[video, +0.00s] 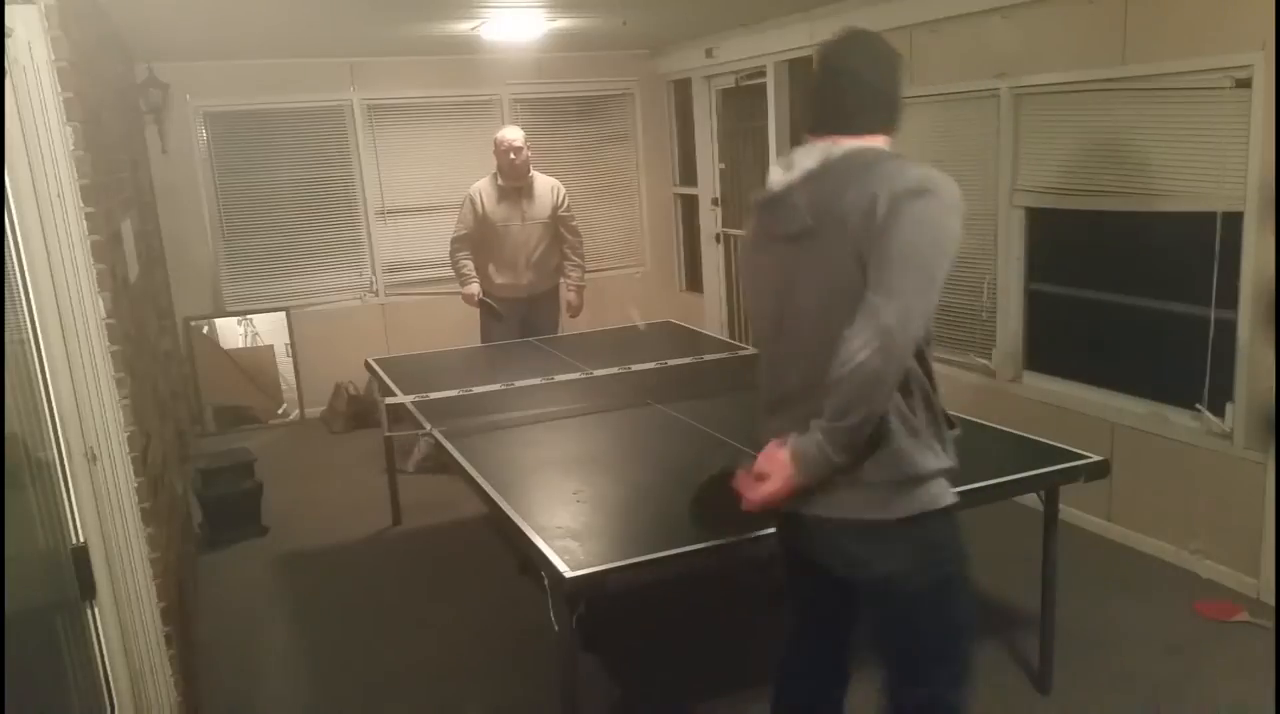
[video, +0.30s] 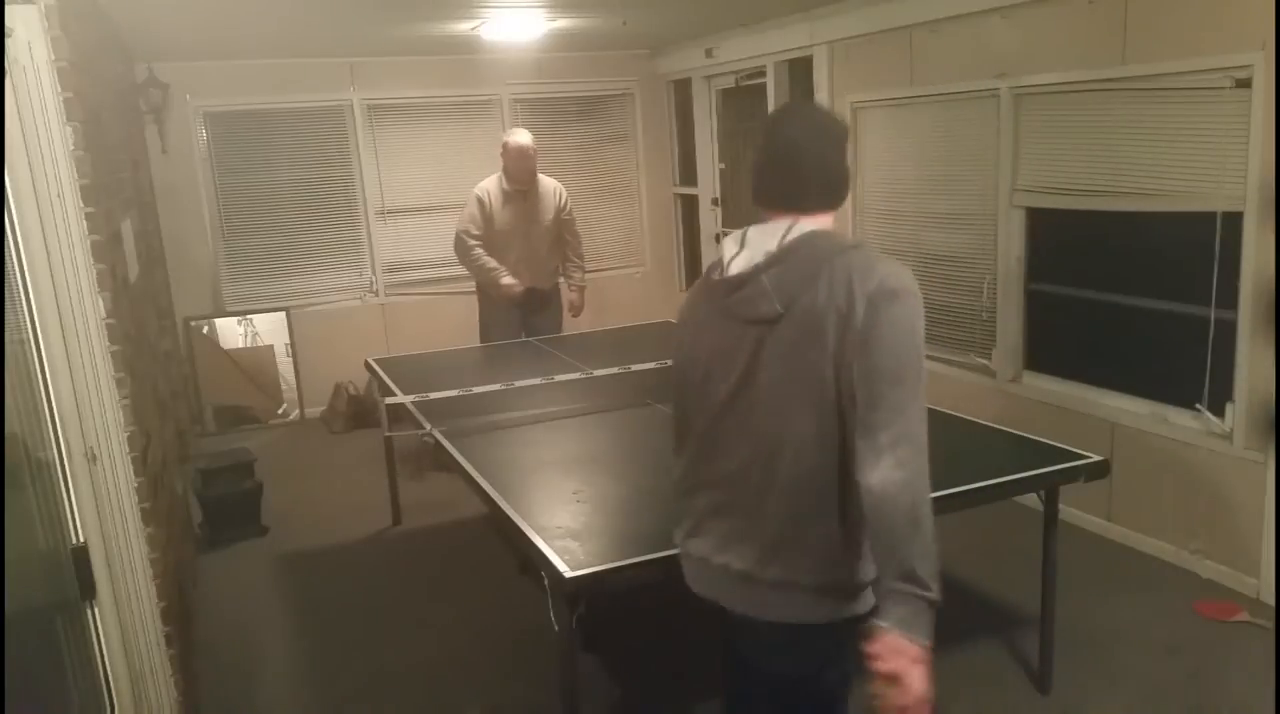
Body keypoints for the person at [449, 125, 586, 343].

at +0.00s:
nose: (512, 157)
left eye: (517, 150)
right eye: (505, 151)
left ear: (528, 151)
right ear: (495, 155)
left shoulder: (552, 189)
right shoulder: (478, 195)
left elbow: (572, 242)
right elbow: (460, 245)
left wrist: (574, 287)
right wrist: (469, 281)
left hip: (543, 299)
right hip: (498, 302)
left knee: (545, 369)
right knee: (500, 372)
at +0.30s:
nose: (527, 165)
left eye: (530, 157)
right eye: (519, 159)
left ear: (536, 155)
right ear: (503, 157)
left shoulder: (554, 192)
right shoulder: (484, 194)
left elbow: (571, 243)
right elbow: (466, 244)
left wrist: (575, 287)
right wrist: (501, 278)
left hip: (544, 296)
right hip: (499, 300)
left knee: (550, 366)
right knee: (503, 368)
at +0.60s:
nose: (542, 174)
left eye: (546, 166)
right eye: (534, 167)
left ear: (550, 162)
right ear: (517, 163)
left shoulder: (556, 196)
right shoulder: (498, 196)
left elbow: (565, 247)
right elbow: (506, 246)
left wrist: (570, 289)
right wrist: (560, 244)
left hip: (544, 292)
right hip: (503, 295)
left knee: (555, 356)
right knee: (508, 360)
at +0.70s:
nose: (540, 168)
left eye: (543, 160)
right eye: (532, 162)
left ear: (547, 159)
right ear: (515, 160)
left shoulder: (555, 195)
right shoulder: (497, 192)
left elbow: (563, 247)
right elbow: (493, 242)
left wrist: (568, 289)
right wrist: (545, 247)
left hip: (546, 293)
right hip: (506, 295)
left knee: (554, 357)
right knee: (513, 359)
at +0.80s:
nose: (535, 162)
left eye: (539, 155)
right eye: (527, 156)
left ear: (544, 156)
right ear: (512, 158)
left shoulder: (555, 194)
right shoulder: (495, 192)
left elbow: (564, 244)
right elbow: (479, 240)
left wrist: (568, 285)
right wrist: (512, 256)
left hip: (548, 292)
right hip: (508, 295)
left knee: (555, 357)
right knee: (516, 359)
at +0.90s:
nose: (530, 159)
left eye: (534, 152)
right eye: (522, 154)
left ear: (541, 155)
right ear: (510, 157)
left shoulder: (555, 194)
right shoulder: (491, 191)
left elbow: (565, 246)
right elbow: (468, 237)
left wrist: (568, 289)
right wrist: (496, 268)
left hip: (548, 295)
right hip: (508, 296)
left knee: (555, 360)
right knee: (514, 363)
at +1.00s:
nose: (525, 157)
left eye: (530, 150)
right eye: (517, 151)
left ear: (538, 153)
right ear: (506, 156)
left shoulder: (555, 192)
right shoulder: (488, 190)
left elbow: (567, 246)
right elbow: (463, 234)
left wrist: (569, 288)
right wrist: (479, 265)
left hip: (546, 295)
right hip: (504, 296)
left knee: (552, 361)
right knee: (509, 364)